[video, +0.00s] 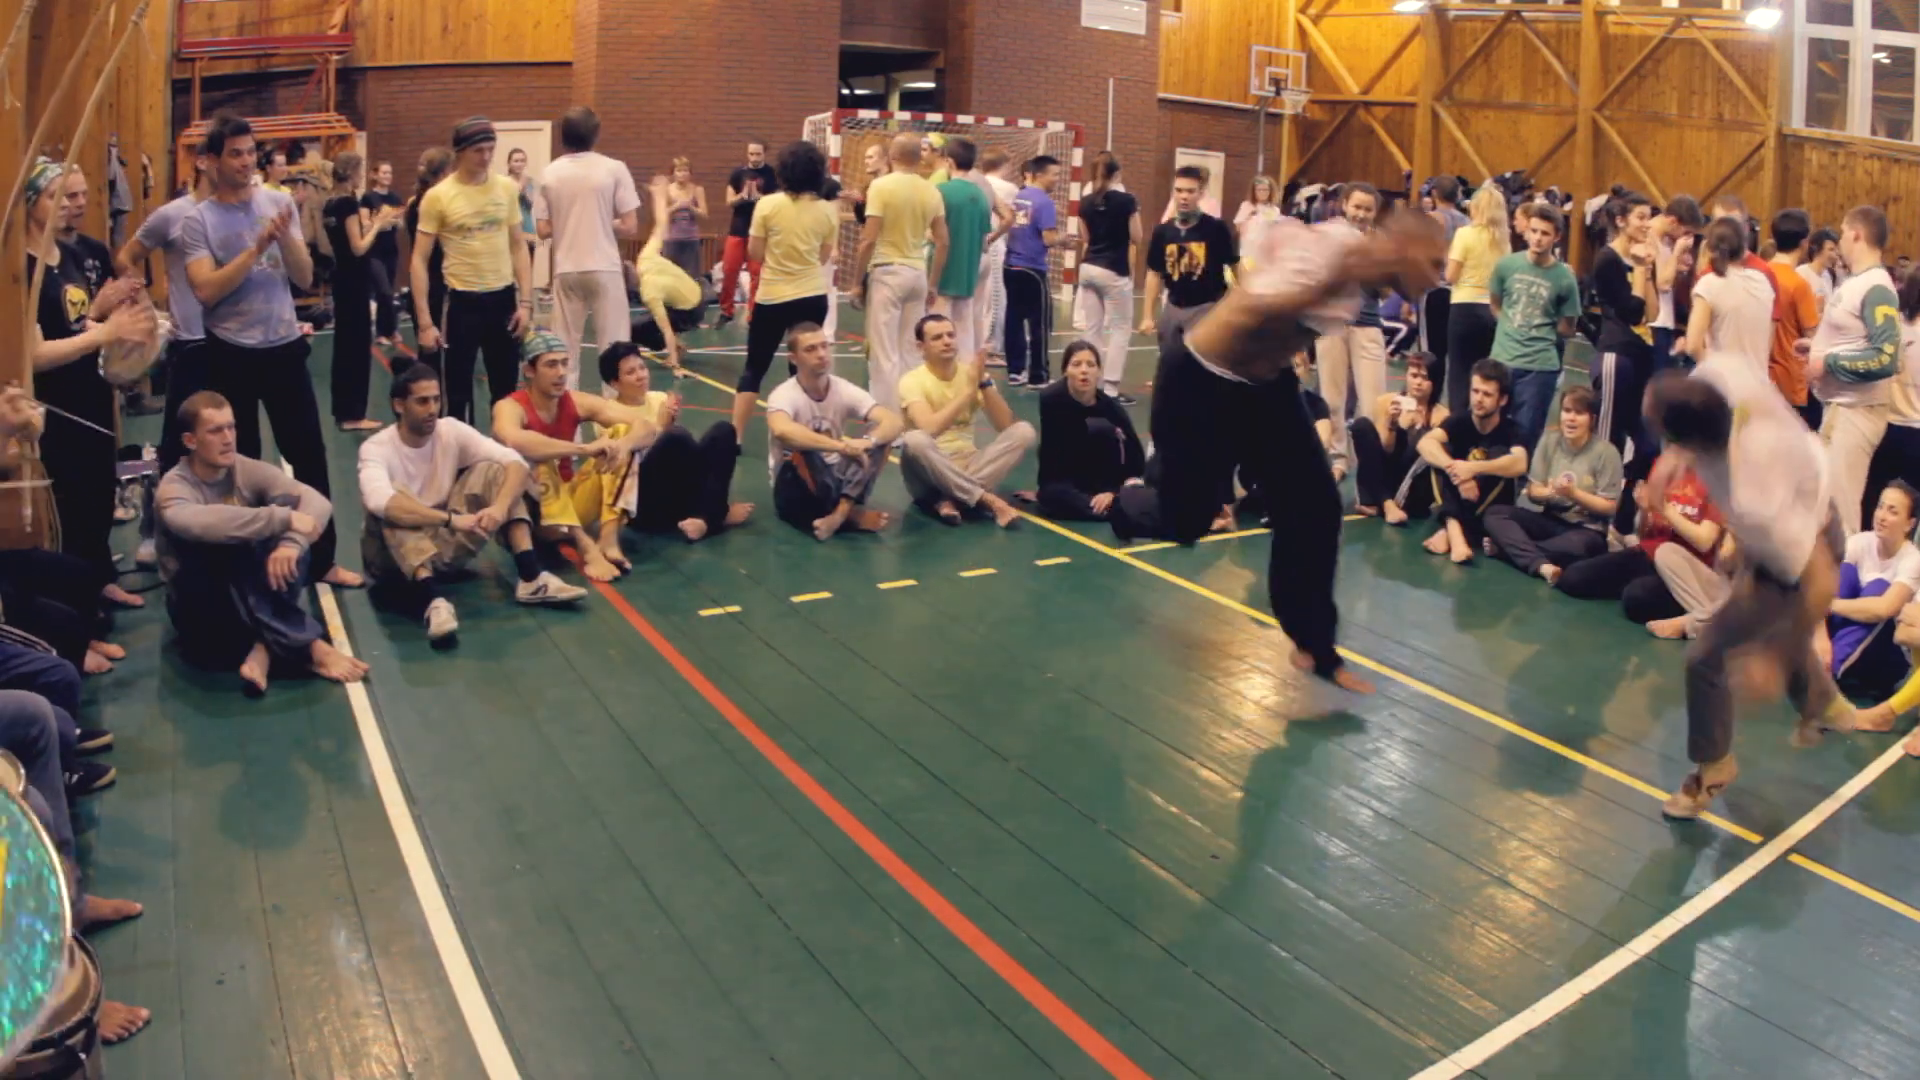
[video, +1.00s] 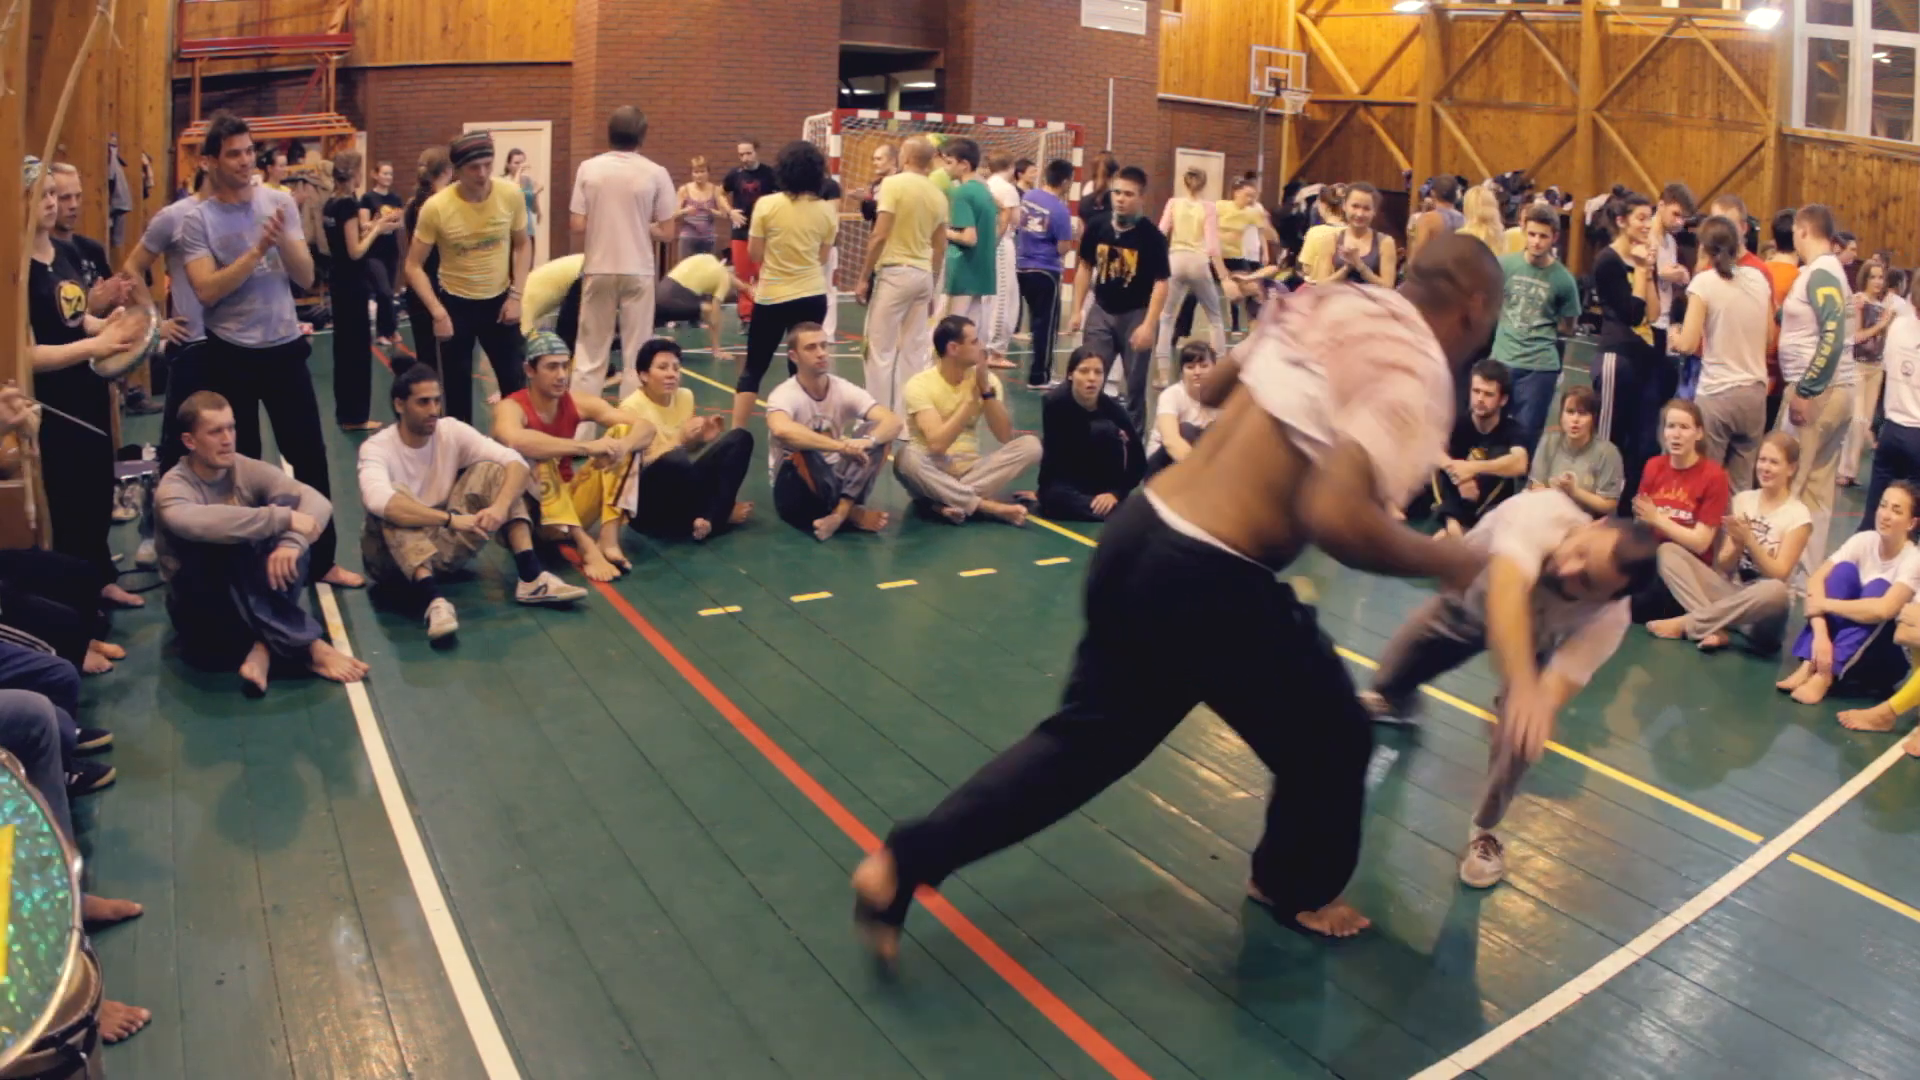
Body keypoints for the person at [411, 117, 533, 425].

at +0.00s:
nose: (485, 157)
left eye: (489, 150)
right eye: (477, 150)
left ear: (495, 150)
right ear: (459, 152)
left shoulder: (507, 189)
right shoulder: (438, 197)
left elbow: (518, 246)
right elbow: (419, 260)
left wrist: (525, 302)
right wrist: (424, 323)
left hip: (502, 299)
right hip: (461, 301)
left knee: (505, 390)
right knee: (457, 392)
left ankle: (506, 459)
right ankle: (459, 460)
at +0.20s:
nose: (481, 158)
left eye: (485, 150)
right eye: (473, 151)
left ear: (490, 150)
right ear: (456, 153)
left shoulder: (504, 189)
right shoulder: (435, 198)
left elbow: (515, 246)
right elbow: (422, 261)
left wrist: (520, 302)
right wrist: (438, 319)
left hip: (499, 299)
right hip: (457, 301)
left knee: (503, 389)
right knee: (456, 391)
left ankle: (506, 456)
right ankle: (456, 460)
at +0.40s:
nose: (473, 160)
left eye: (478, 152)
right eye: (465, 153)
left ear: (483, 152)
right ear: (448, 155)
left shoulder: (499, 189)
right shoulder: (428, 200)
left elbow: (510, 246)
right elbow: (409, 261)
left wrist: (516, 299)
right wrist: (428, 316)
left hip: (495, 300)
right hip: (453, 302)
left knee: (503, 390)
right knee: (455, 393)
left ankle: (507, 459)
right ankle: (457, 460)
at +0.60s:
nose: (468, 162)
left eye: (472, 154)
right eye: (460, 156)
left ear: (478, 154)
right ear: (443, 158)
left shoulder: (493, 189)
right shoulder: (423, 204)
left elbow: (503, 243)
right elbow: (404, 265)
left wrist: (510, 289)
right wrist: (428, 316)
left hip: (490, 300)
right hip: (449, 304)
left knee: (513, 378)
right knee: (453, 393)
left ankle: (515, 454)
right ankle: (455, 460)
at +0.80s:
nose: (470, 165)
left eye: (474, 157)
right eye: (461, 159)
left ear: (480, 156)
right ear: (445, 161)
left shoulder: (496, 189)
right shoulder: (425, 206)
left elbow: (507, 238)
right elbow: (405, 265)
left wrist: (510, 287)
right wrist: (432, 313)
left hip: (491, 300)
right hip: (450, 304)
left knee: (513, 382)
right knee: (454, 392)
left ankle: (520, 454)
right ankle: (456, 458)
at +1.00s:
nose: (482, 174)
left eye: (486, 166)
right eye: (474, 168)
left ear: (493, 164)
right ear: (458, 170)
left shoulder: (511, 195)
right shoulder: (436, 208)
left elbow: (521, 244)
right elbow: (412, 265)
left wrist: (517, 293)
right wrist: (438, 312)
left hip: (498, 303)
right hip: (455, 306)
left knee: (515, 384)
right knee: (456, 391)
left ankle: (523, 456)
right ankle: (458, 457)